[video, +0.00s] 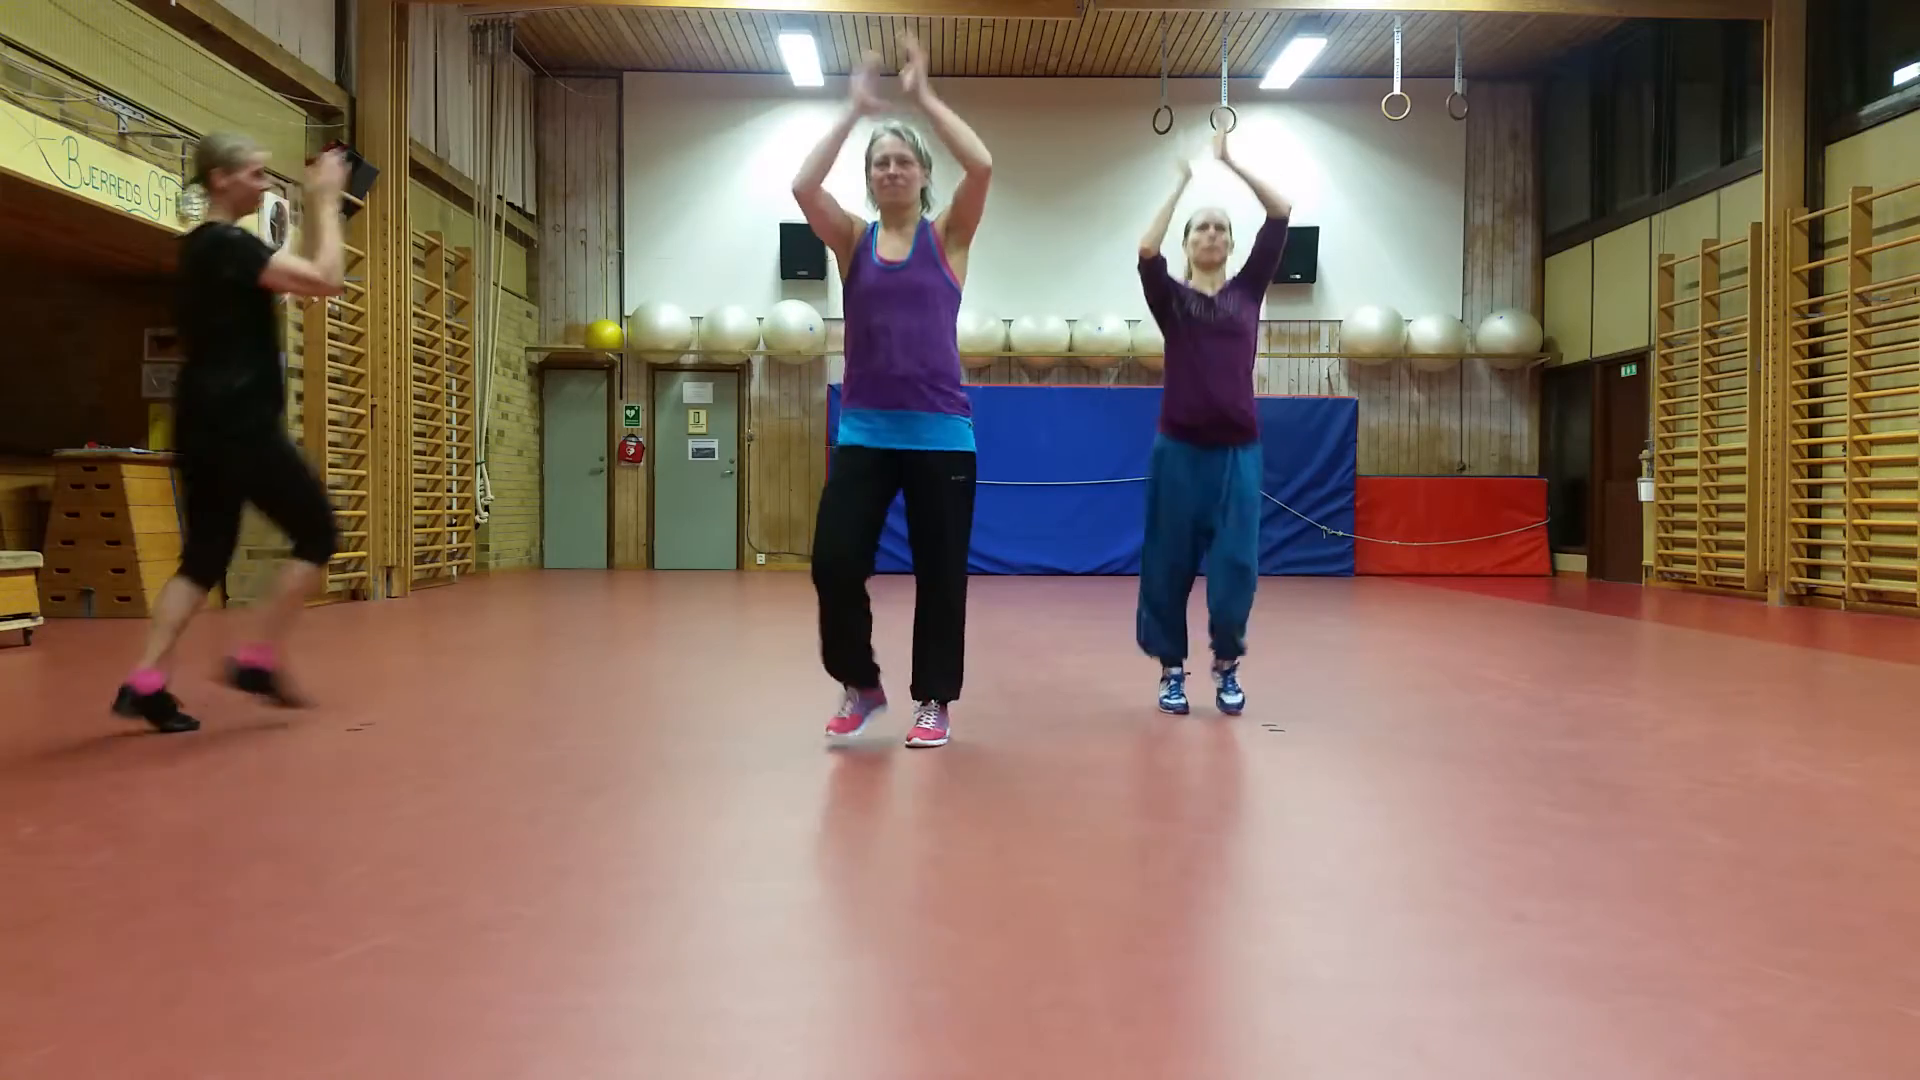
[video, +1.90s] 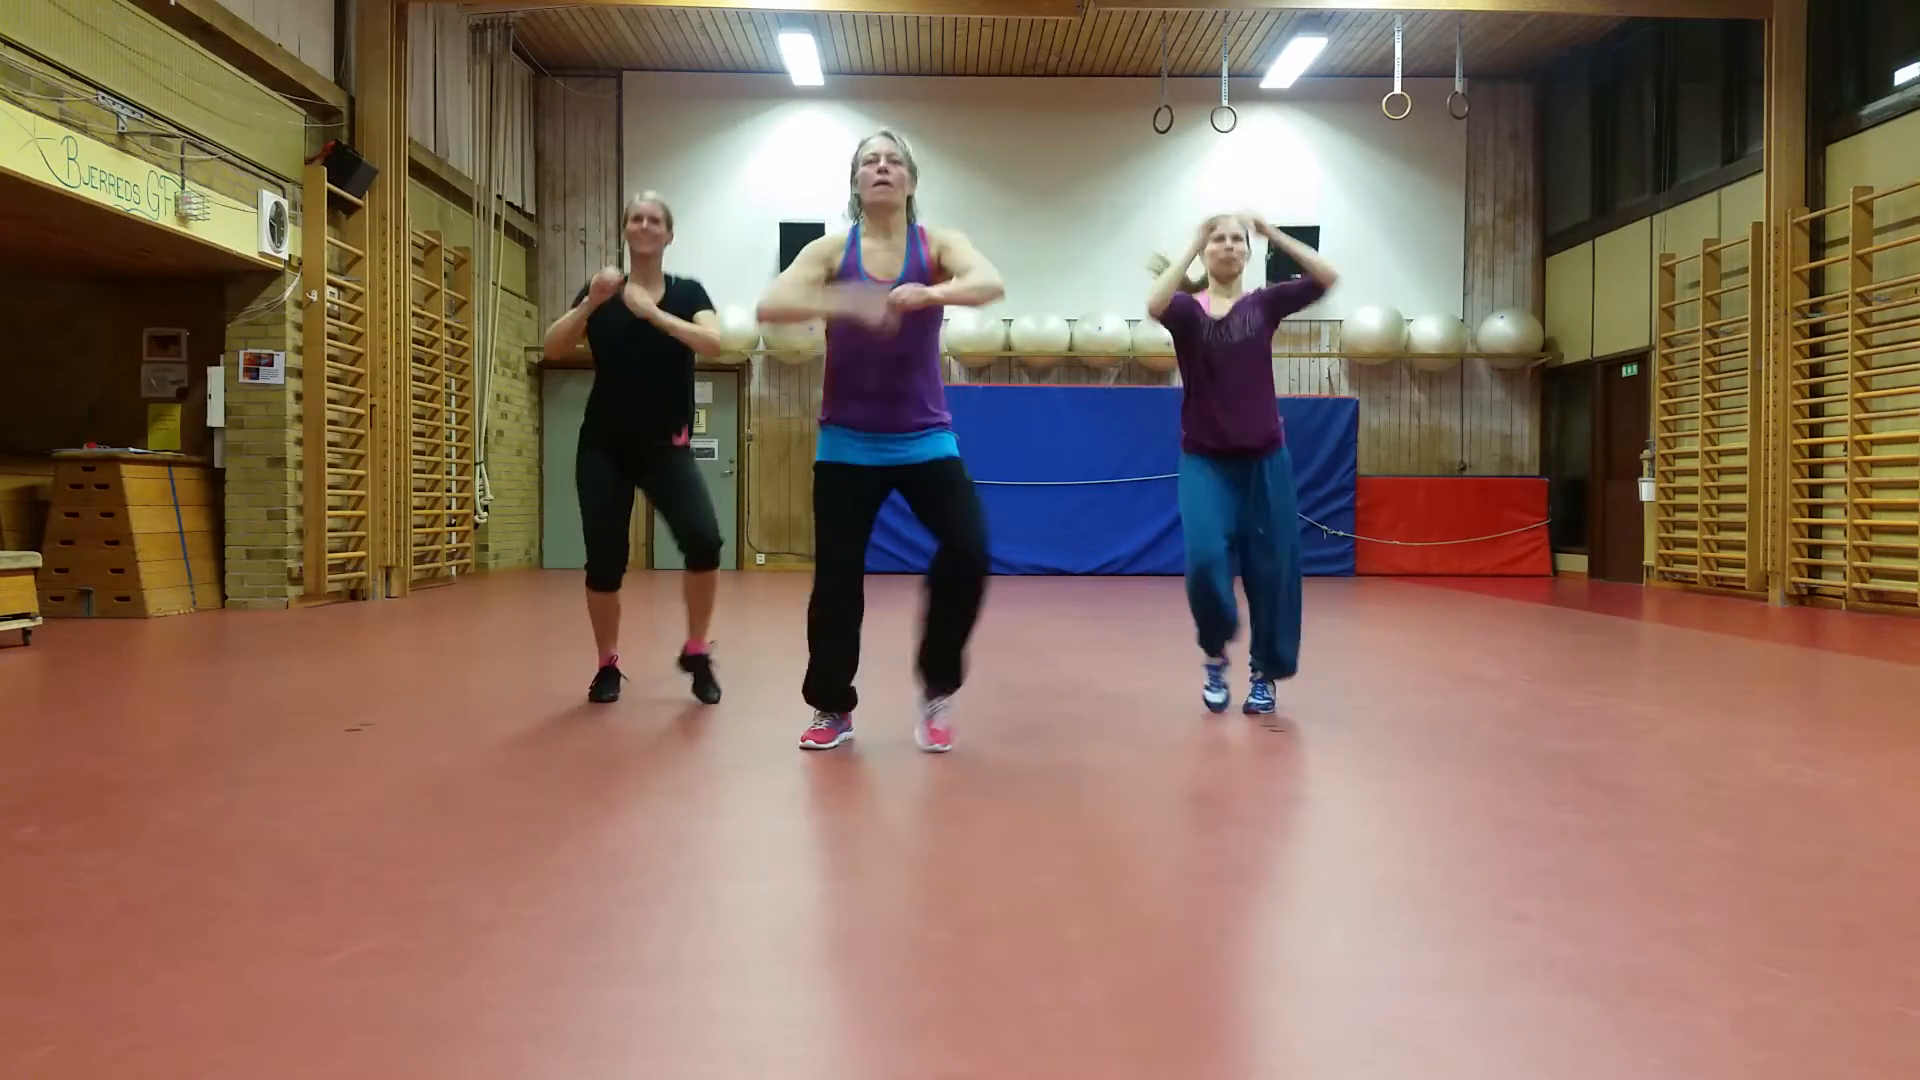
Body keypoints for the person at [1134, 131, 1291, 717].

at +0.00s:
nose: (1210, 236)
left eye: (1219, 230)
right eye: (1201, 230)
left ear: (1230, 245)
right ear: (1186, 244)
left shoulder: (1246, 293)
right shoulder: (1171, 299)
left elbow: (1281, 211)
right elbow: (1146, 254)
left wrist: (1230, 159)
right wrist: (1177, 190)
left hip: (1238, 450)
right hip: (1180, 448)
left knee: (1237, 562)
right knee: (1170, 561)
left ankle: (1227, 666)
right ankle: (1173, 669)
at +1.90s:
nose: (1227, 246)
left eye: (1236, 239)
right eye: (1217, 239)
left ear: (1248, 252)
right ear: (1203, 253)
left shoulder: (1264, 302)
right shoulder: (1187, 307)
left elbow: (1326, 277)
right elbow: (1156, 306)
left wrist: (1275, 236)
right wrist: (1193, 247)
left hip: (1263, 455)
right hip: (1203, 457)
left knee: (1272, 565)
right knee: (1204, 558)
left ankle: (1264, 674)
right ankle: (1214, 660)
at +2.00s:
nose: (1225, 228)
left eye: (1234, 222)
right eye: (1215, 222)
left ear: (1246, 235)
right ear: (1198, 236)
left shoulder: (1262, 287)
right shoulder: (1178, 294)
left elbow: (1329, 324)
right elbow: (1142, 351)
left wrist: (1285, 291)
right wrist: (1182, 303)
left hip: (1257, 439)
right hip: (1197, 440)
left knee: (1263, 556)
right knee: (1194, 553)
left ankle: (1260, 673)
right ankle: (1184, 659)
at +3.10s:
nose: (1238, 240)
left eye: (1246, 233)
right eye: (1228, 234)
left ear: (1260, 247)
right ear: (1213, 249)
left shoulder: (1283, 304)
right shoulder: (1188, 311)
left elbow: (1331, 368)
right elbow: (1145, 375)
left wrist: (1328, 354)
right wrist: (1157, 336)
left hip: (1267, 461)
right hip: (1203, 459)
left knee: (1274, 570)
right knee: (1168, 557)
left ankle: (1280, 681)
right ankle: (1146, 668)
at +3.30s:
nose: (1234, 248)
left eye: (1242, 241)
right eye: (1224, 241)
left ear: (1256, 254)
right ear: (1208, 254)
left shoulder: (1272, 314)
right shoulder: (1180, 308)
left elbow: (1309, 374)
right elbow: (1131, 356)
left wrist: (1318, 435)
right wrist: (1127, 405)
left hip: (1253, 461)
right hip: (1187, 461)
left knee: (1288, 562)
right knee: (1158, 563)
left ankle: (1295, 666)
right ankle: (1128, 668)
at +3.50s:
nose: (1231, 254)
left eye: (1240, 246)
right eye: (1222, 246)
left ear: (1252, 256)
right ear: (1206, 259)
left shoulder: (1278, 312)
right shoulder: (1187, 326)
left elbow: (1317, 377)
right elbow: (1152, 396)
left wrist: (1300, 423)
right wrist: (1189, 355)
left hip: (1264, 468)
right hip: (1198, 466)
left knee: (1280, 575)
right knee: (1152, 557)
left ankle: (1287, 680)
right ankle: (1128, 668)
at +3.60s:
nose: (1233, 236)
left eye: (1240, 229)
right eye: (1222, 230)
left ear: (1253, 241)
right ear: (1207, 244)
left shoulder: (1277, 299)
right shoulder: (1185, 299)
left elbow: (1320, 352)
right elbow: (1149, 351)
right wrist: (1215, 340)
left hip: (1264, 451)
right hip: (1198, 451)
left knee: (1287, 558)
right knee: (1153, 549)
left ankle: (1305, 668)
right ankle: (1127, 657)